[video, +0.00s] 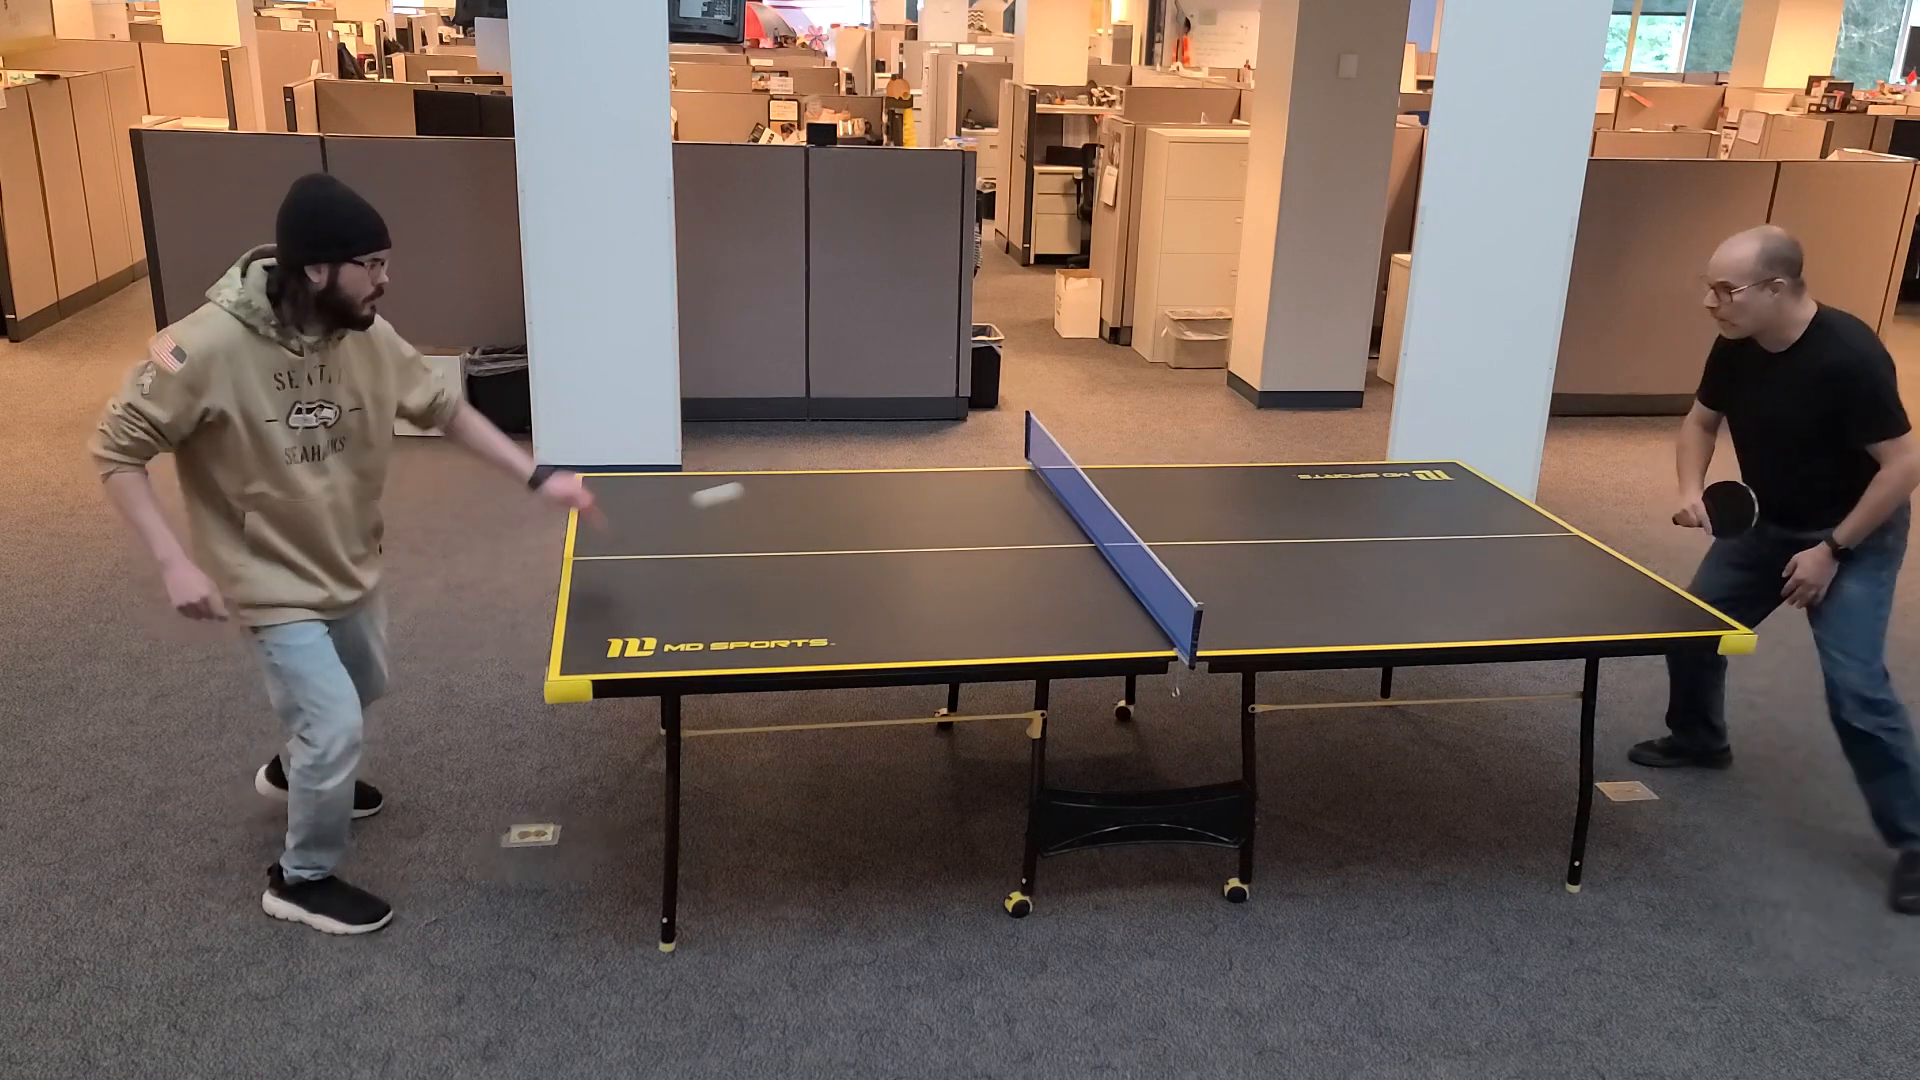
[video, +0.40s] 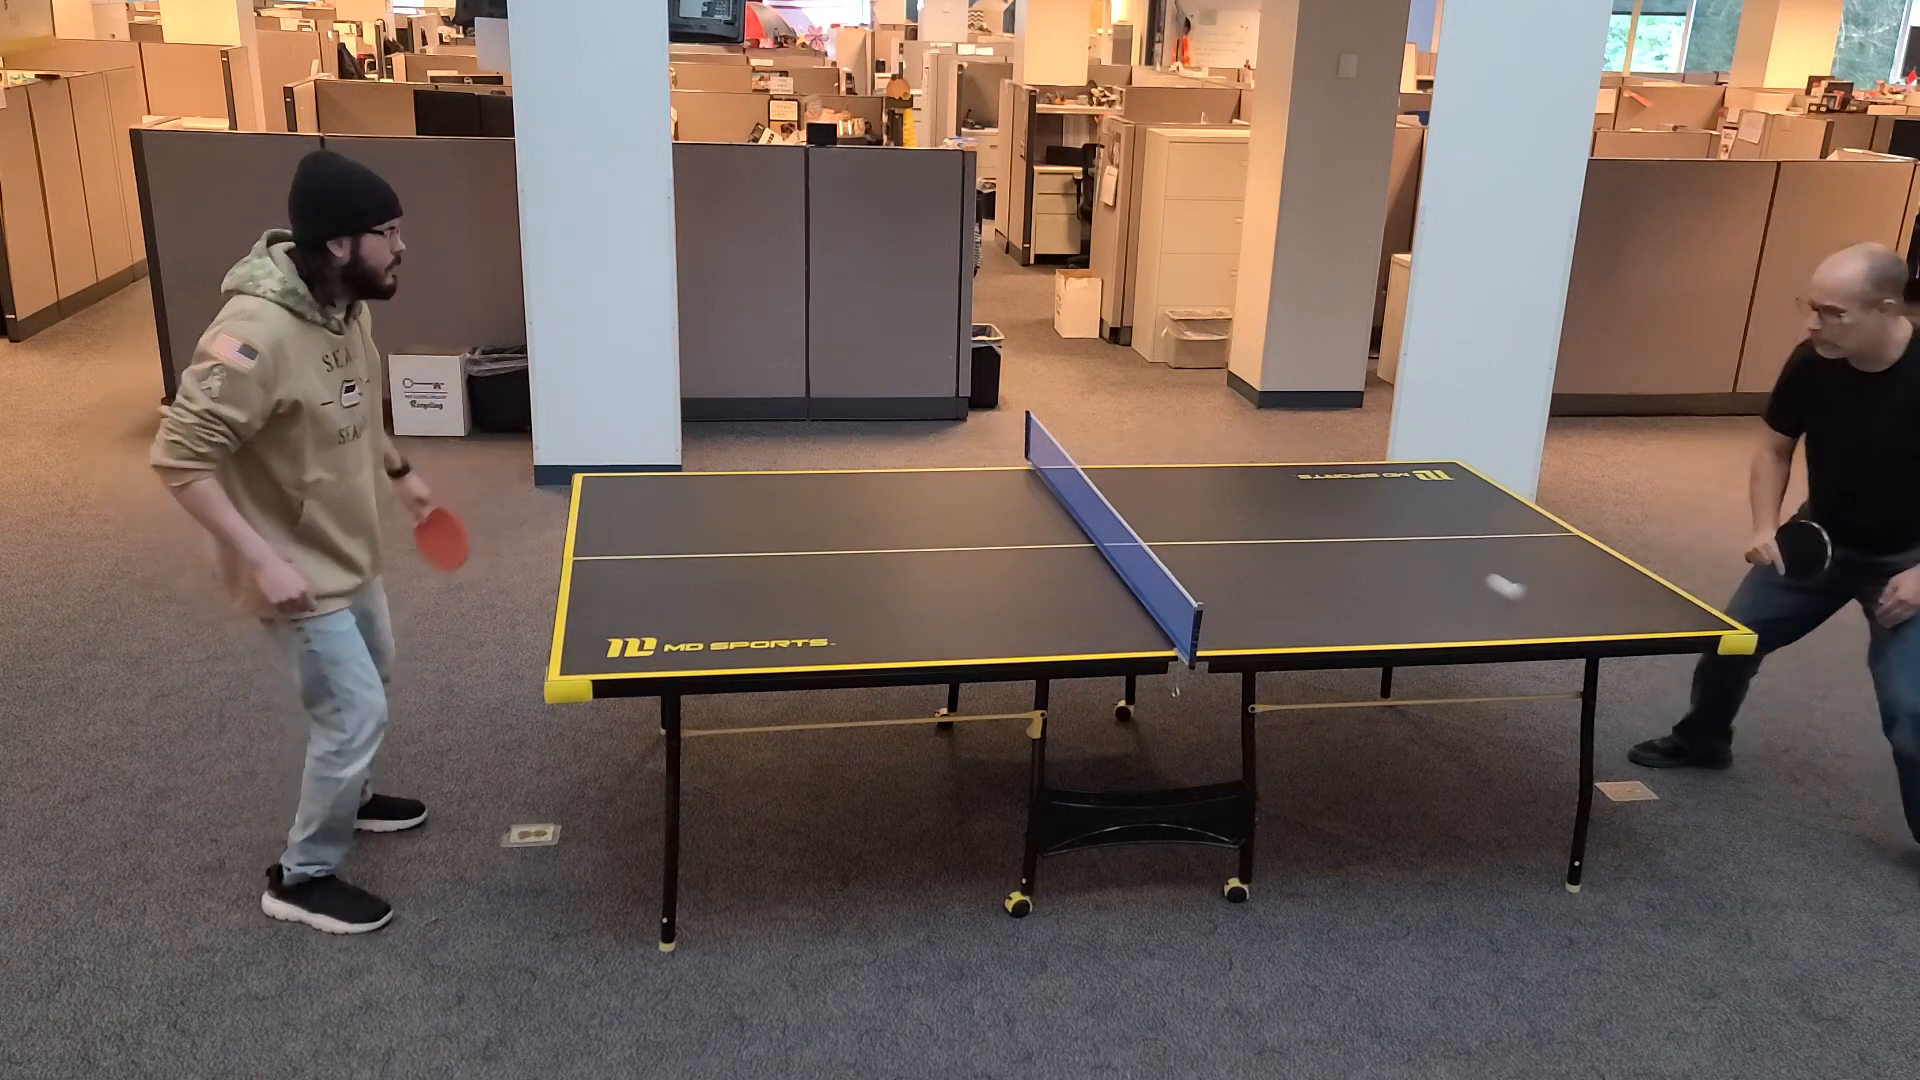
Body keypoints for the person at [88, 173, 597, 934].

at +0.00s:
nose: (385, 278)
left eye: (384, 261)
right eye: (371, 264)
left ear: (330, 272)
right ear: (316, 272)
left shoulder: (367, 341)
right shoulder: (208, 349)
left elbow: (448, 405)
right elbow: (116, 451)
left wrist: (538, 476)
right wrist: (174, 564)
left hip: (350, 565)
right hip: (269, 580)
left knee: (361, 688)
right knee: (333, 731)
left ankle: (298, 771)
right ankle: (302, 876)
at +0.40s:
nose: (400, 245)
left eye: (397, 230)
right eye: (387, 233)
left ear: (343, 245)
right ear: (337, 246)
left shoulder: (344, 300)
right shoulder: (254, 334)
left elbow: (352, 411)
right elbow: (179, 458)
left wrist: (403, 473)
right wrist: (263, 558)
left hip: (348, 549)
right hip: (294, 570)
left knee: (373, 683)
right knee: (352, 715)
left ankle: (343, 803)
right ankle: (302, 875)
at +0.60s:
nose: (402, 231)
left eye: (398, 215)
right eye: (388, 218)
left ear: (344, 231)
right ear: (338, 231)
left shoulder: (346, 298)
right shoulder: (260, 320)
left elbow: (357, 428)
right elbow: (196, 449)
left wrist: (393, 512)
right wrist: (284, 542)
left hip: (358, 543)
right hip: (300, 560)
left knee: (373, 679)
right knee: (349, 709)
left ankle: (344, 800)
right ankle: (302, 873)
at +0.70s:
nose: (402, 231)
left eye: (398, 215)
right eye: (387, 218)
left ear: (346, 230)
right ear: (337, 231)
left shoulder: (353, 300)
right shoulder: (259, 319)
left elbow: (361, 428)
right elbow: (193, 446)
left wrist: (400, 516)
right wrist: (280, 540)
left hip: (358, 543)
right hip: (297, 560)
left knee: (374, 679)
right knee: (347, 709)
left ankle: (344, 800)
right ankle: (302, 873)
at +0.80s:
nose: (401, 235)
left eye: (398, 219)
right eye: (387, 222)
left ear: (347, 233)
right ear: (335, 234)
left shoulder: (365, 307)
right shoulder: (254, 320)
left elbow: (380, 425)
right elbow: (182, 442)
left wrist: (406, 514)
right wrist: (265, 540)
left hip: (363, 546)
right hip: (298, 562)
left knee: (376, 674)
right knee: (346, 711)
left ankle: (344, 800)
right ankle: (301, 873)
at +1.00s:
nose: (403, 247)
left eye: (402, 231)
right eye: (390, 233)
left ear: (351, 239)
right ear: (337, 239)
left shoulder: (382, 319)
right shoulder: (239, 322)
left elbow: (402, 438)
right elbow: (161, 436)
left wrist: (394, 532)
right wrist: (221, 547)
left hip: (357, 554)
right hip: (287, 568)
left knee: (373, 681)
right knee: (341, 714)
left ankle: (346, 800)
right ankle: (303, 873)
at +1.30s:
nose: (400, 270)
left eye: (398, 254)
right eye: (386, 256)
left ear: (347, 266)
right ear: (333, 265)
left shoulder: (382, 346)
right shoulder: (226, 342)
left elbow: (441, 452)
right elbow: (136, 445)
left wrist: (539, 493)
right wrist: (195, 557)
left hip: (360, 567)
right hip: (279, 579)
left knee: (392, 685)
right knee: (345, 729)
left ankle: (348, 802)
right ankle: (301, 877)